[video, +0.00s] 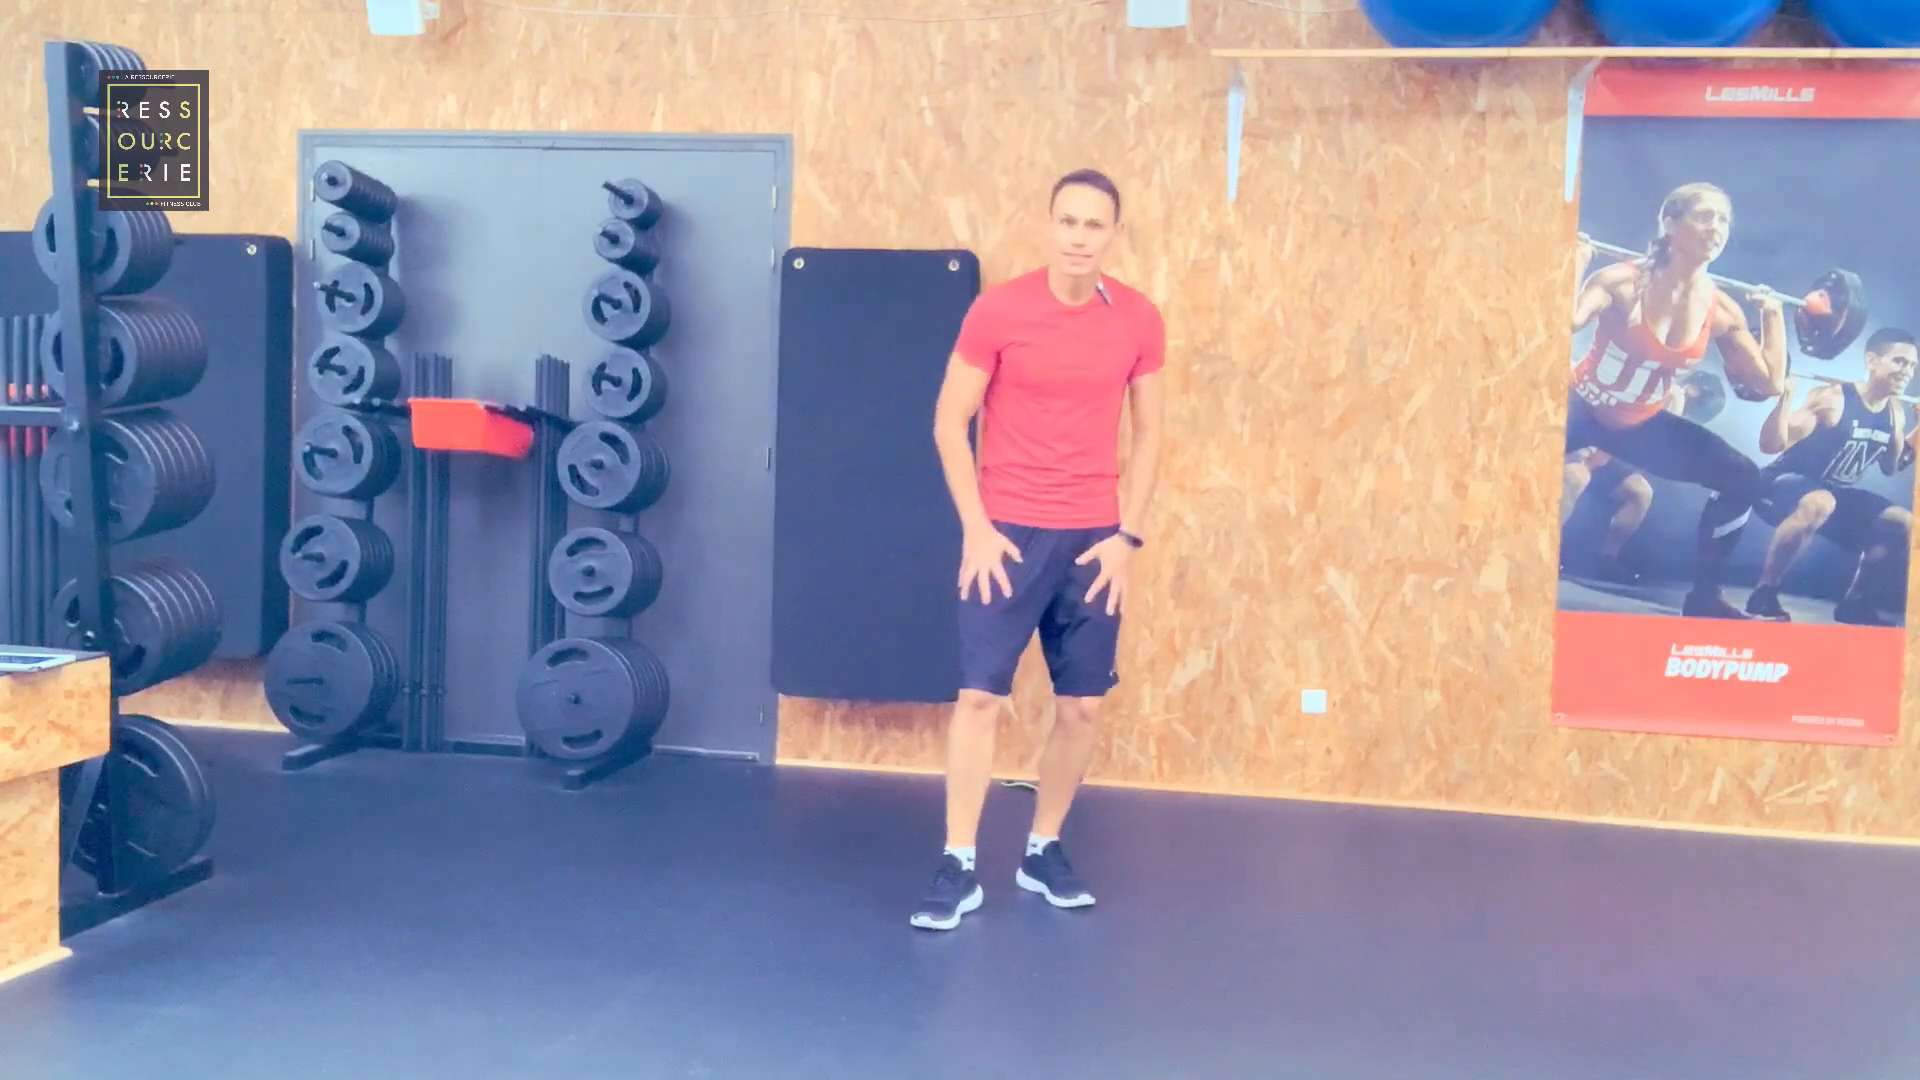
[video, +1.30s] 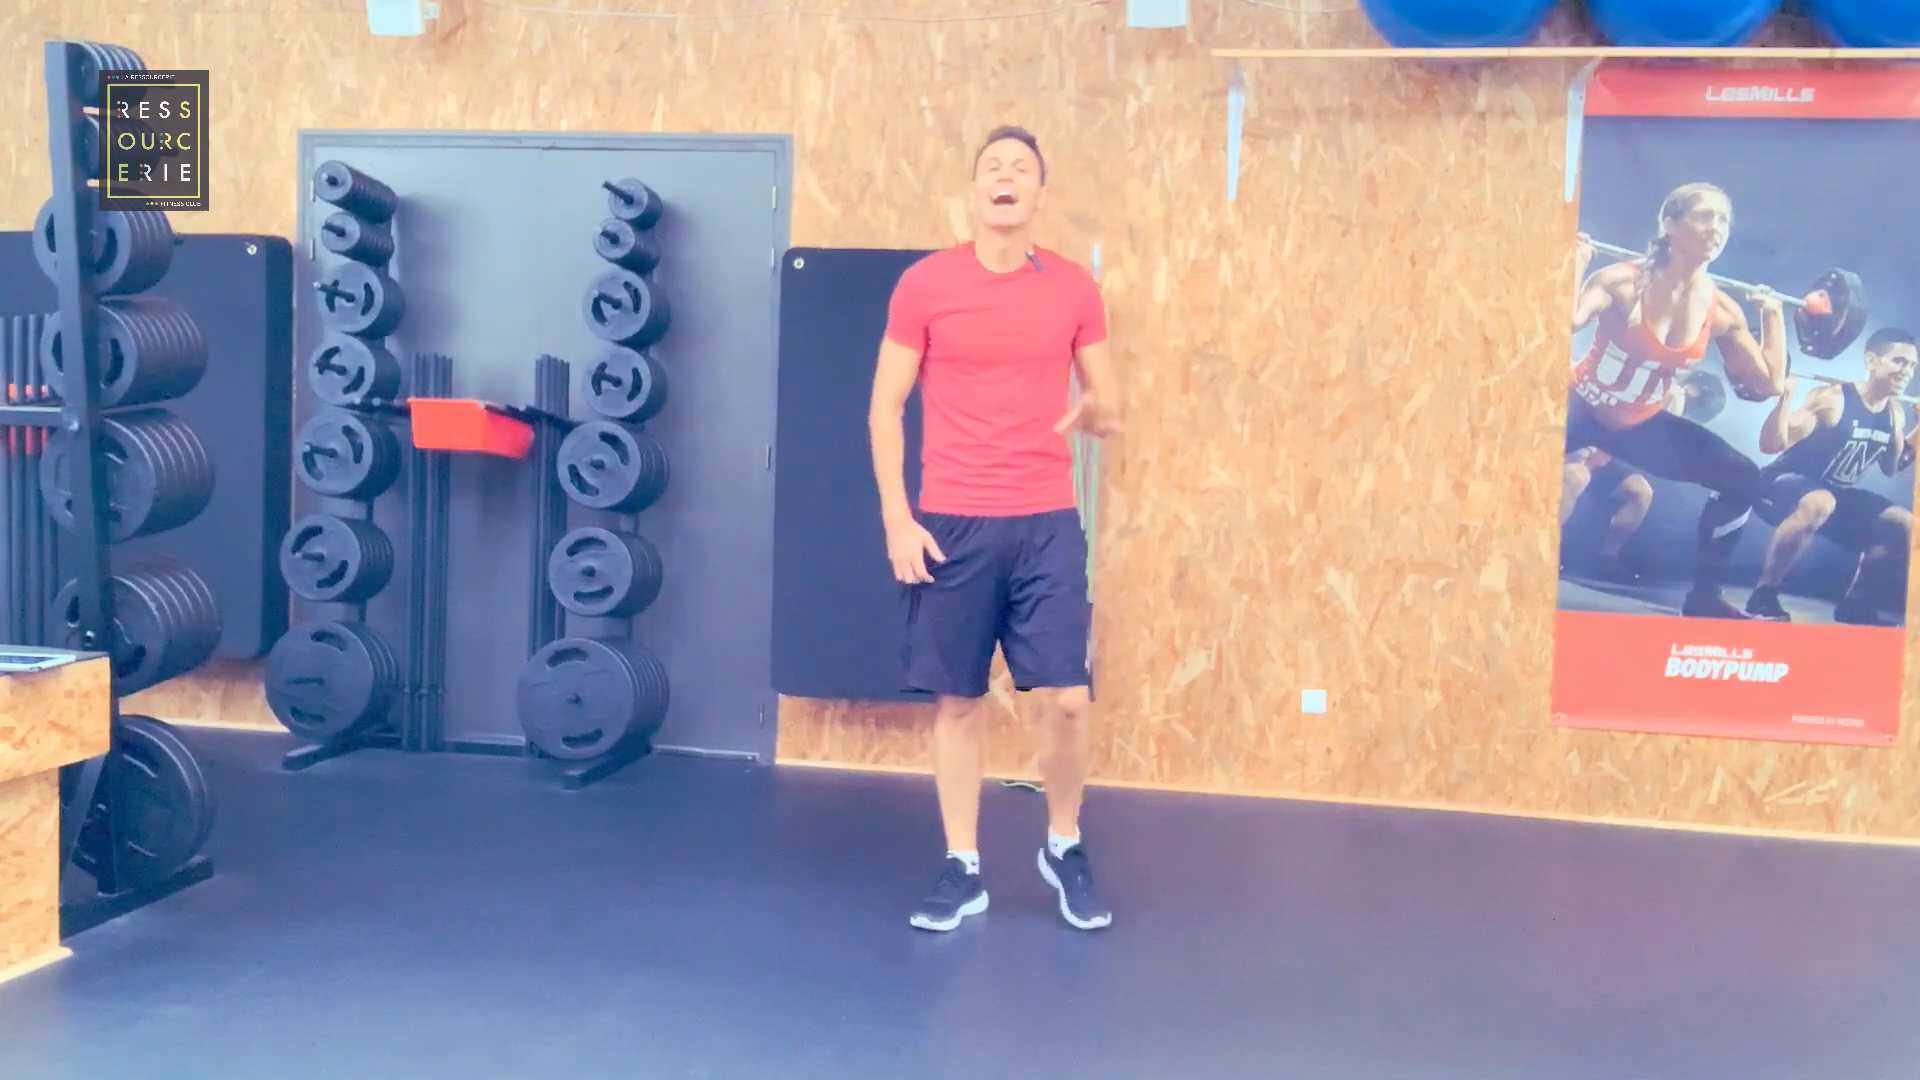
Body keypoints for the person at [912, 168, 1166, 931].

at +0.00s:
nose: (1079, 237)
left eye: (1094, 225)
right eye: (1068, 221)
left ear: (1115, 236)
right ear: (1047, 226)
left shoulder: (1138, 320)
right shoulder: (996, 310)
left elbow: (1148, 433)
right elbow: (948, 424)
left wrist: (1128, 535)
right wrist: (975, 525)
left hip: (1094, 539)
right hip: (1005, 534)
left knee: (1081, 704)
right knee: (980, 695)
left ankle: (1043, 851)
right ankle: (957, 864)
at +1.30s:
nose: (1003, 179)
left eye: (1019, 169)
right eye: (991, 168)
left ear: (1043, 193)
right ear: (970, 190)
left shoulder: (1072, 286)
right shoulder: (926, 282)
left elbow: (1106, 409)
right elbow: (885, 407)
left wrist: (1093, 410)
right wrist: (897, 518)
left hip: (1046, 522)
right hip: (950, 524)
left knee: (1066, 700)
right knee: (956, 701)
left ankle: (1066, 849)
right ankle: (961, 867)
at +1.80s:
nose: (1039, 178)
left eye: (1055, 167)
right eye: (1026, 165)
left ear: (1078, 187)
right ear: (1002, 182)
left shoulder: (1109, 285)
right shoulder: (956, 280)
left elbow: (1143, 408)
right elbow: (923, 411)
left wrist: (1135, 419)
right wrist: (928, 527)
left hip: (1079, 528)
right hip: (981, 529)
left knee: (1075, 717)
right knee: (973, 713)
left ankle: (1071, 906)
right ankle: (965, 868)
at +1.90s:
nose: (1052, 176)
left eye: (1068, 165)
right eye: (1039, 162)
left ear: (1092, 183)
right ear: (1016, 178)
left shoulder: (1125, 284)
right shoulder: (969, 279)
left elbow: (1157, 419)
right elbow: (934, 409)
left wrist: (1142, 399)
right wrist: (937, 525)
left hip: (1093, 528)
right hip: (994, 527)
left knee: (1083, 718)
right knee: (977, 713)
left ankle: (1071, 906)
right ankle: (964, 866)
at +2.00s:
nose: (1064, 178)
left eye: (1080, 165)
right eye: (1051, 163)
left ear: (1103, 183)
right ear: (1027, 178)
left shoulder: (1138, 281)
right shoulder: (981, 280)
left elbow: (1173, 416)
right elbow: (946, 411)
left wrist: (1146, 401)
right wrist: (946, 527)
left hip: (1105, 530)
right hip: (1006, 528)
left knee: (1091, 721)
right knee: (982, 717)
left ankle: (1072, 907)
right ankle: (965, 858)